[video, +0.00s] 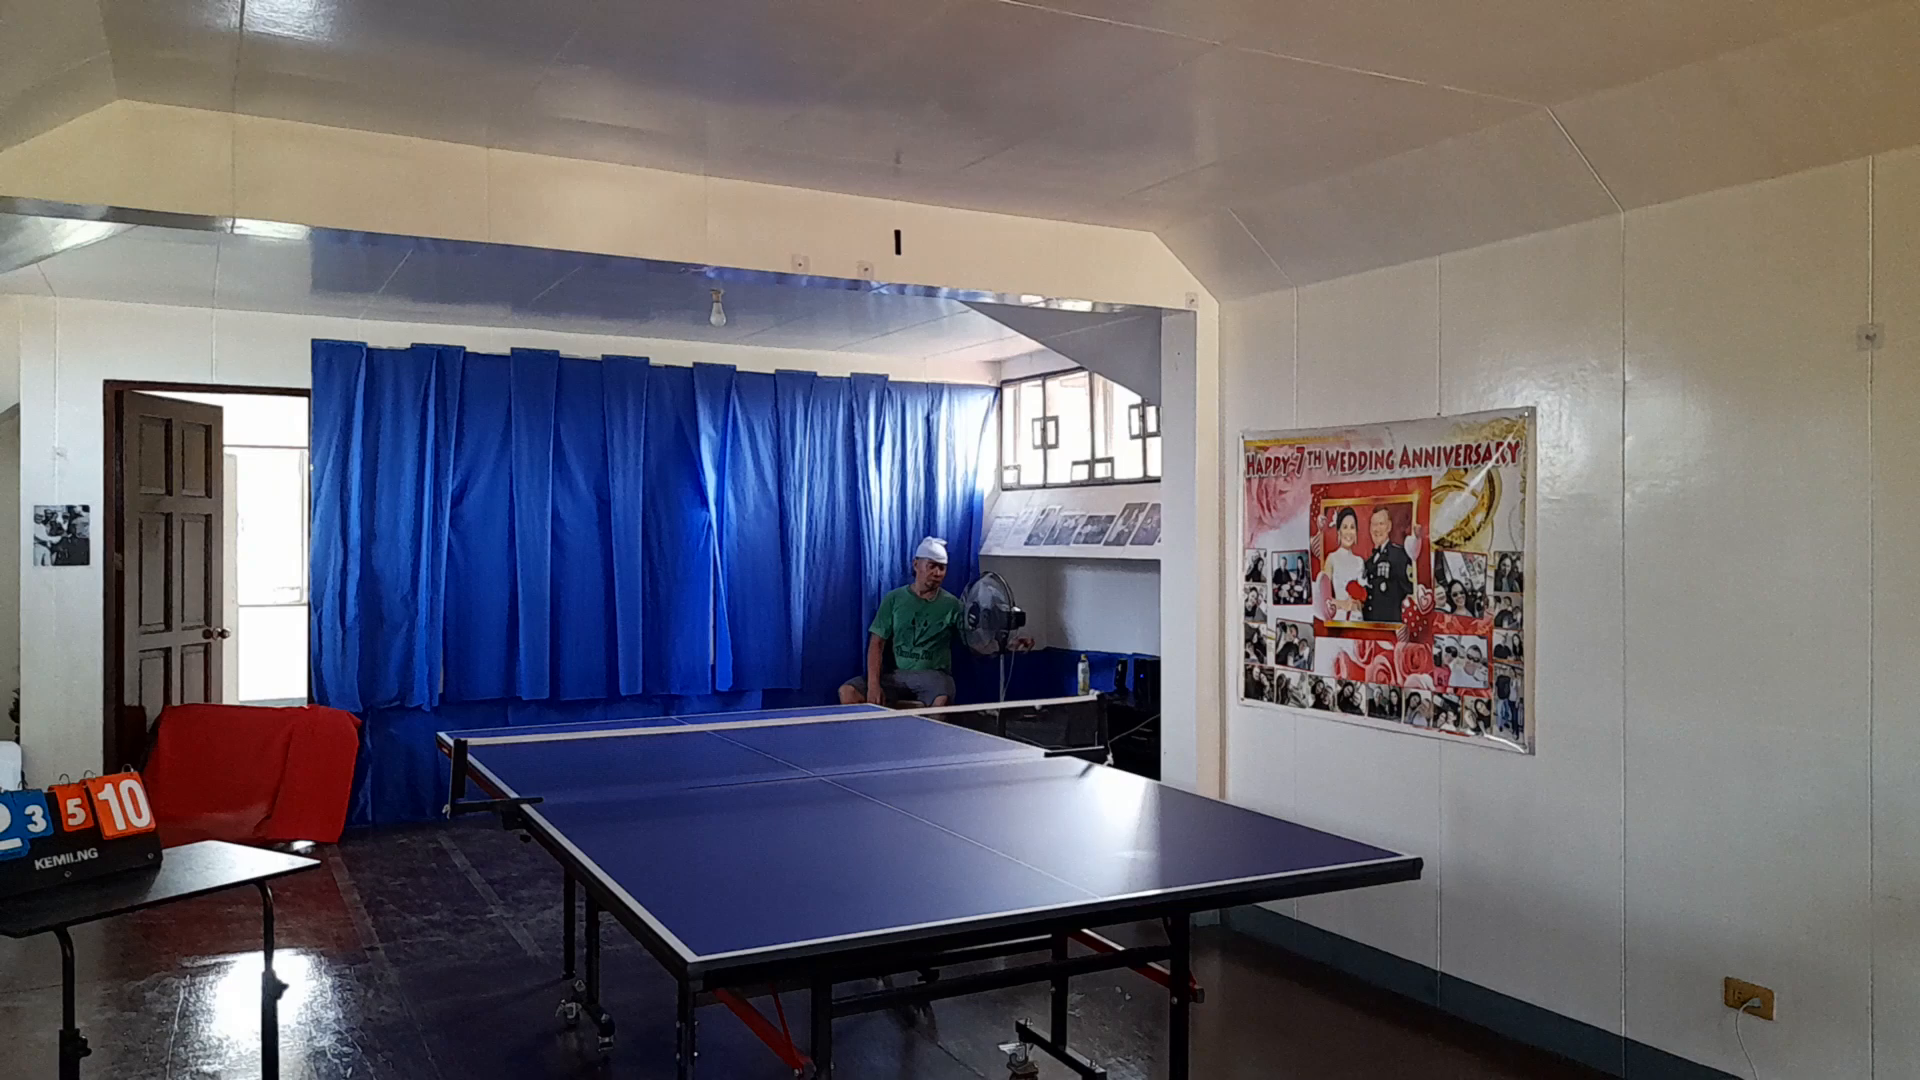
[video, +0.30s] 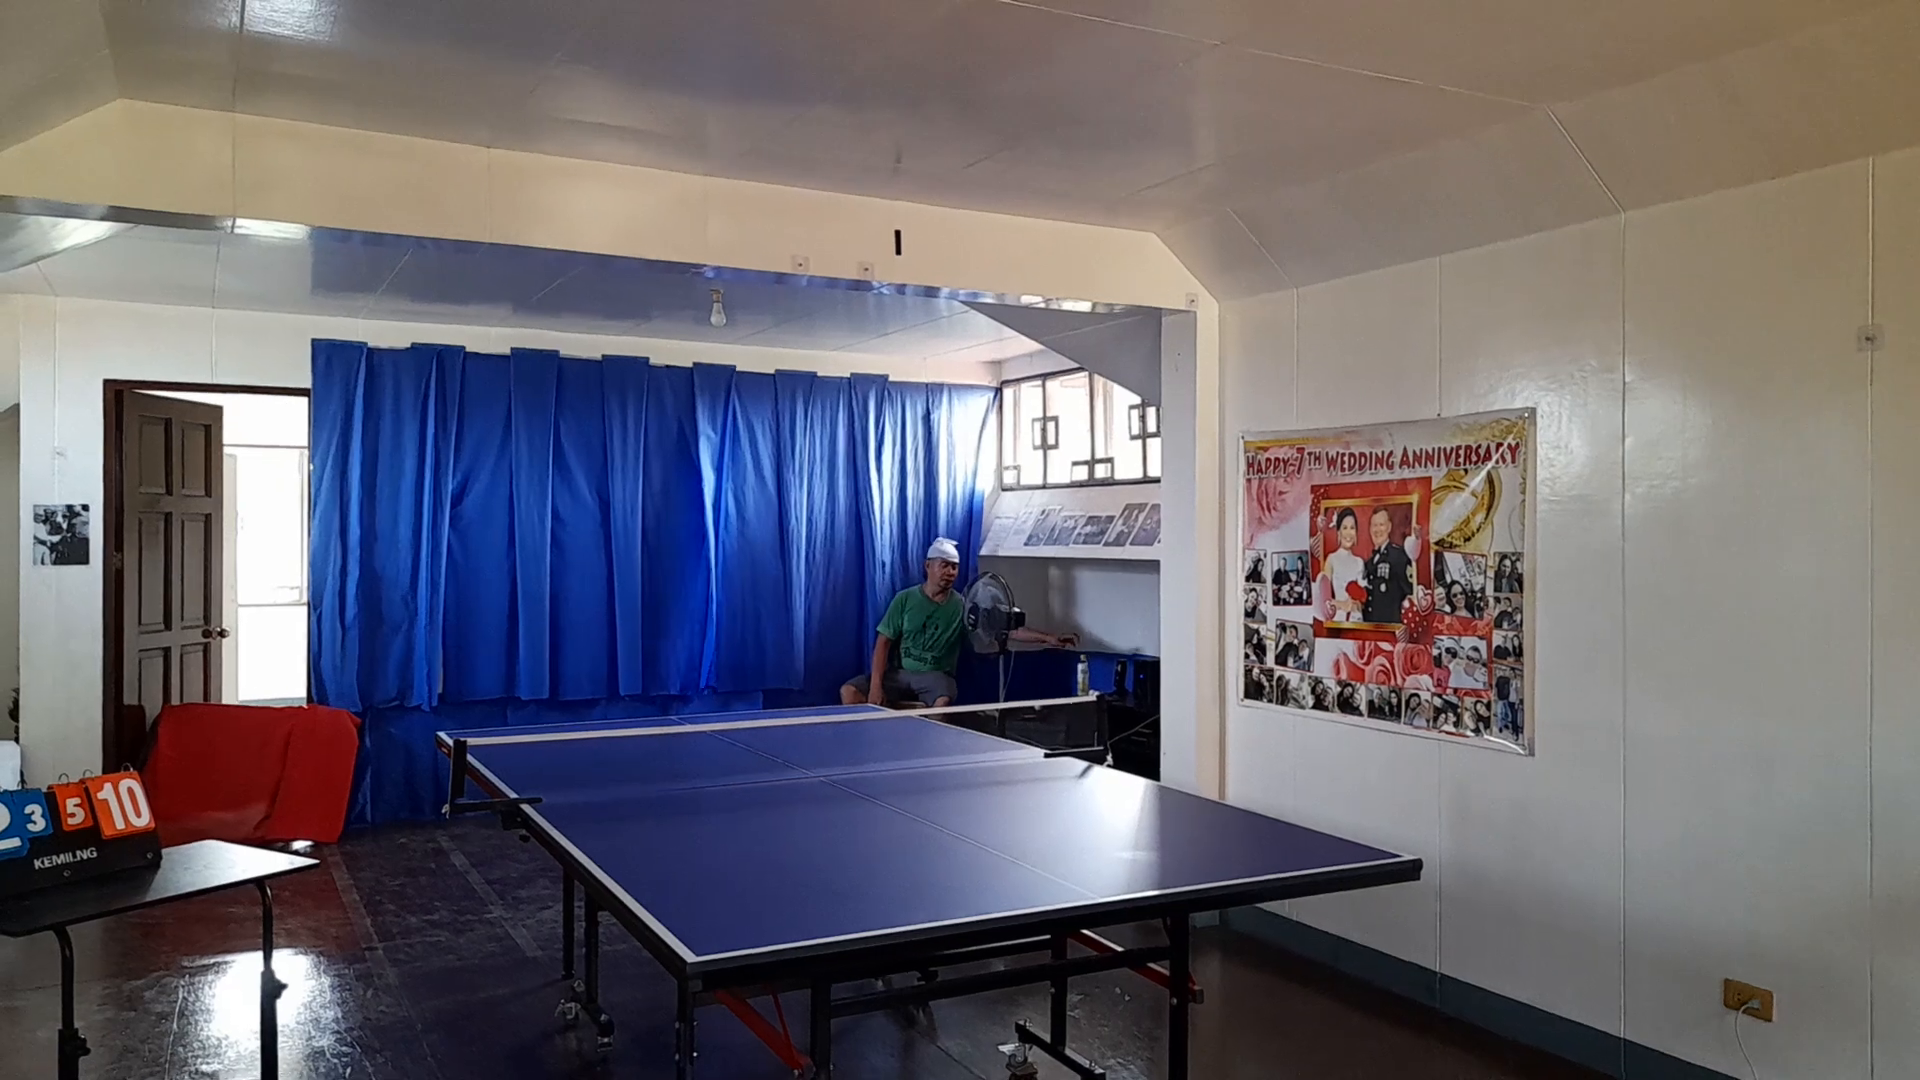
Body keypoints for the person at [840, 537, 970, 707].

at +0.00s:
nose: (937, 573)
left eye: (942, 568)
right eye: (931, 566)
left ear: (946, 571)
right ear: (916, 565)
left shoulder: (953, 605)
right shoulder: (894, 599)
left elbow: (978, 643)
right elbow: (876, 643)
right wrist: (873, 685)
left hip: (933, 677)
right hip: (897, 675)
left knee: (941, 699)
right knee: (848, 691)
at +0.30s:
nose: (950, 572)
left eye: (954, 568)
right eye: (945, 565)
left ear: (958, 572)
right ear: (928, 566)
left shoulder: (963, 607)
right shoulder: (905, 600)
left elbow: (1004, 627)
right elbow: (883, 643)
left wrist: (1046, 638)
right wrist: (875, 687)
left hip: (935, 677)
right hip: (899, 673)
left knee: (944, 703)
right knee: (849, 691)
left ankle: (928, 753)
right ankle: (871, 742)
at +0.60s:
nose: (951, 575)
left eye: (955, 570)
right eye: (945, 568)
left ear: (960, 574)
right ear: (930, 569)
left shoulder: (964, 608)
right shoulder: (908, 600)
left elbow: (1008, 634)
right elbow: (885, 643)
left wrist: (1049, 650)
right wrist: (881, 689)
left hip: (938, 676)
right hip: (902, 671)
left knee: (948, 703)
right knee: (854, 690)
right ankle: (880, 741)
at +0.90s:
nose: (941, 573)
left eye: (946, 567)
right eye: (935, 567)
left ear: (951, 570)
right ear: (921, 569)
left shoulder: (959, 607)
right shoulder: (900, 602)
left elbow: (980, 643)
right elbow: (882, 647)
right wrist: (885, 692)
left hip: (938, 677)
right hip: (901, 673)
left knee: (949, 704)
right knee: (855, 692)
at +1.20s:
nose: (929, 568)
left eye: (934, 563)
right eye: (922, 562)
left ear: (939, 568)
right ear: (910, 566)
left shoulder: (950, 606)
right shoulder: (892, 601)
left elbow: (959, 647)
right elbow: (877, 649)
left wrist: (955, 649)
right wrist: (900, 664)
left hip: (933, 678)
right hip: (897, 676)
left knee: (950, 706)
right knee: (854, 692)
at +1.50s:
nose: (909, 565)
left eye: (915, 560)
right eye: (903, 560)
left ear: (927, 565)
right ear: (896, 566)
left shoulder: (941, 603)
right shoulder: (883, 602)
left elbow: (957, 645)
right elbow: (869, 648)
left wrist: (927, 639)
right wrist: (883, 646)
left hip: (931, 676)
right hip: (891, 675)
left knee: (947, 704)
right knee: (850, 691)